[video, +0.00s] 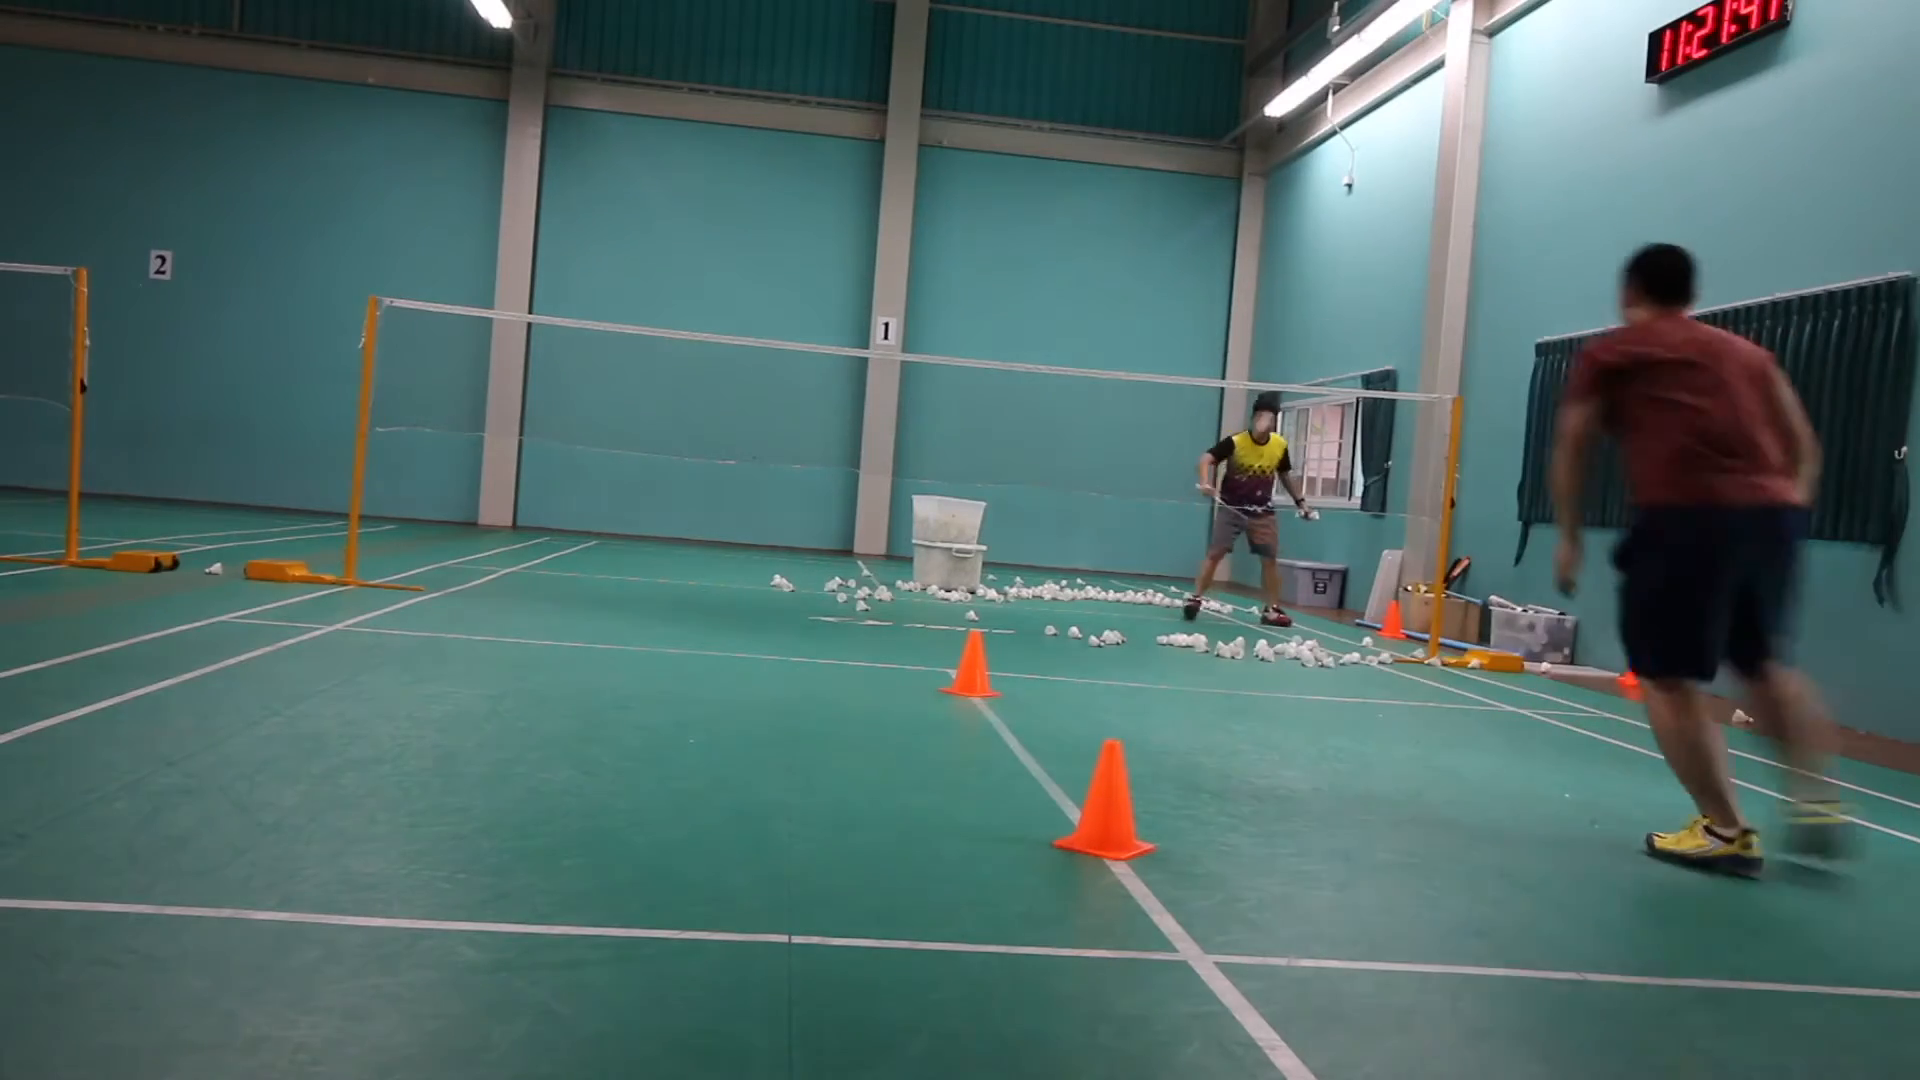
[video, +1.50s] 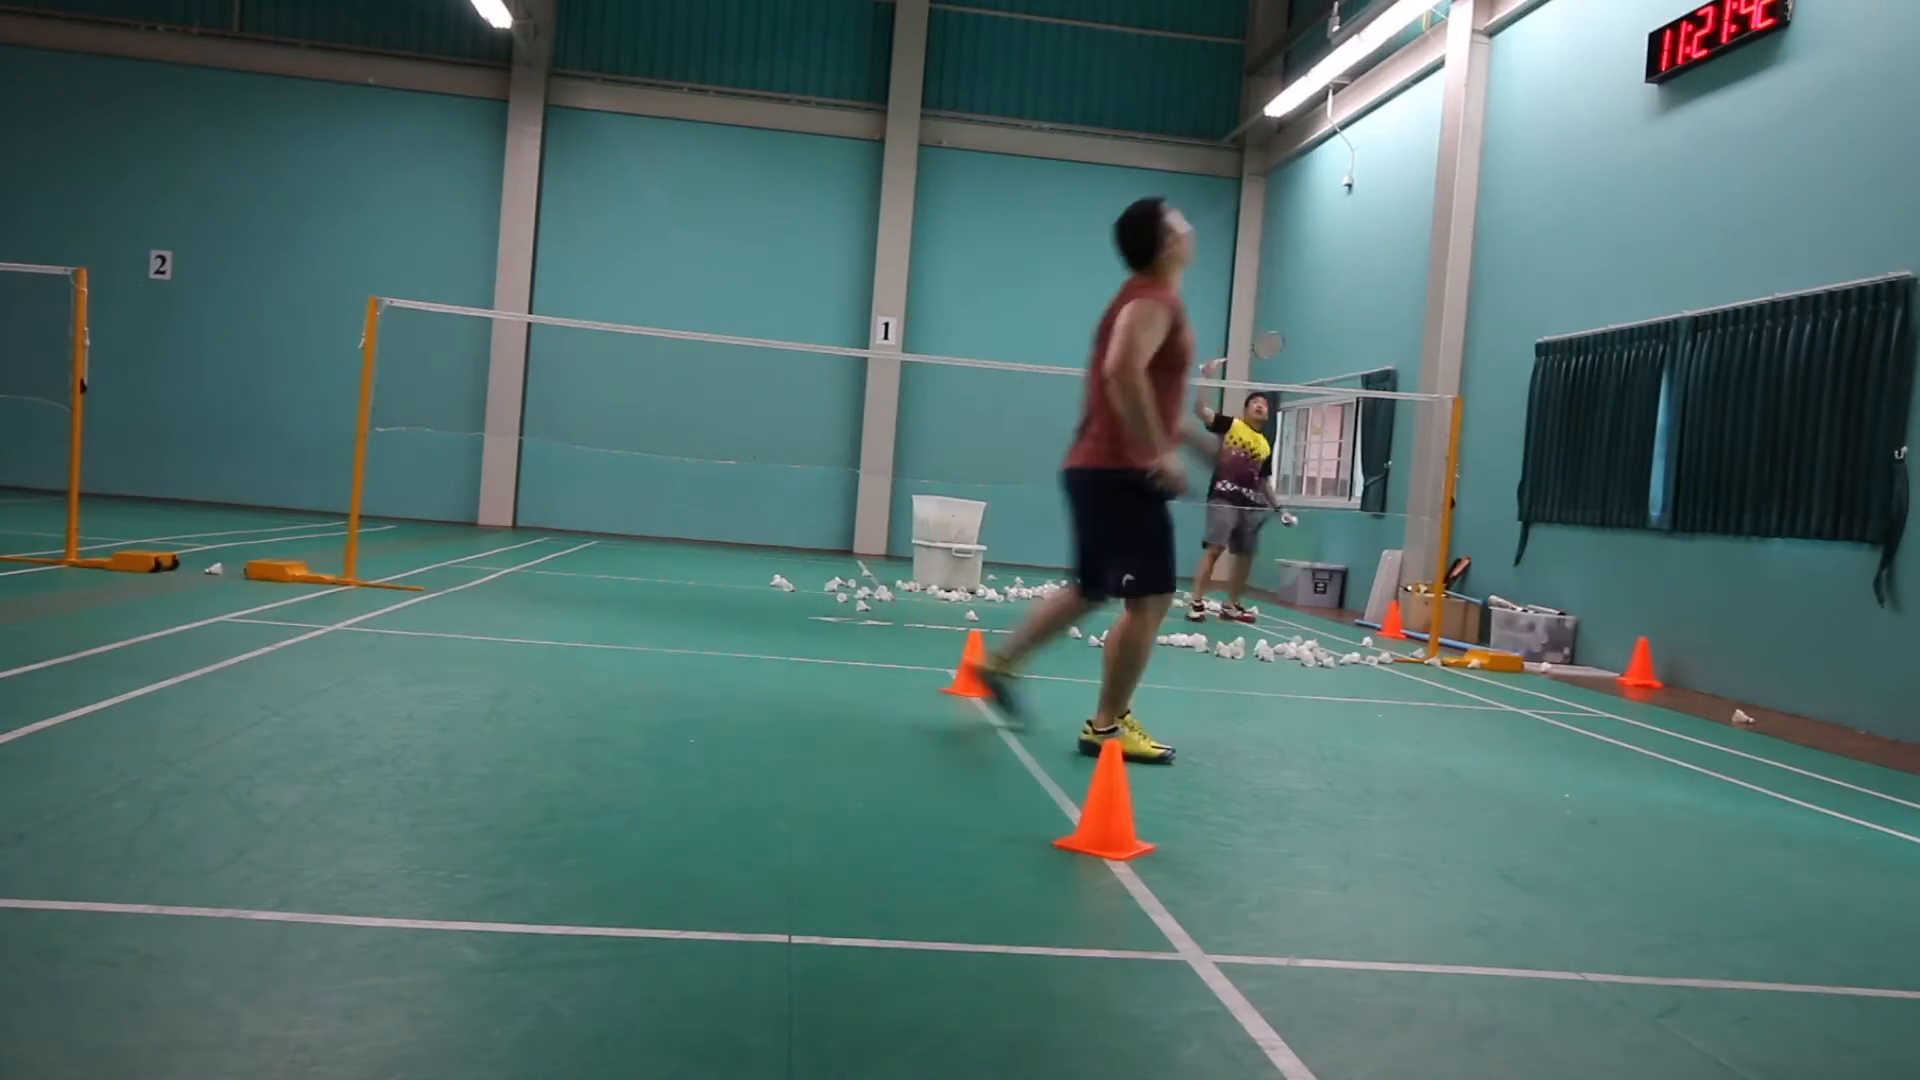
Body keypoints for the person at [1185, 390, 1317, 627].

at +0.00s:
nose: (1264, 420)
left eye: (1269, 416)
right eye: (1261, 415)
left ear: (1274, 420)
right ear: (1253, 417)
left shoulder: (1279, 446)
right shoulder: (1236, 442)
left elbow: (1286, 476)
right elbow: (1206, 459)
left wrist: (1300, 503)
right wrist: (1205, 483)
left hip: (1263, 513)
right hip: (1231, 509)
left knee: (1270, 559)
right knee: (1216, 554)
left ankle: (1272, 608)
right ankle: (1196, 598)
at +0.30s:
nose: (1228, 426)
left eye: (1233, 421)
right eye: (1225, 420)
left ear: (1240, 425)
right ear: (1217, 421)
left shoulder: (1245, 444)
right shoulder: (1205, 447)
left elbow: (1247, 470)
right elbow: (1185, 465)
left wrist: (1262, 494)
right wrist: (1176, 482)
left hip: (1232, 508)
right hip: (1203, 507)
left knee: (1241, 554)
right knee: (1198, 550)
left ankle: (1243, 603)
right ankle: (1189, 602)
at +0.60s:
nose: (1231, 417)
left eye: (1236, 413)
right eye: (1227, 412)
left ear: (1244, 417)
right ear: (1221, 416)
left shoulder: (1253, 442)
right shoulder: (1206, 445)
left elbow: (1258, 470)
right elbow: (1192, 478)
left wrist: (1271, 496)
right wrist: (1188, 507)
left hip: (1239, 511)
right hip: (1210, 509)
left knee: (1241, 557)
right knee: (1201, 553)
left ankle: (1234, 604)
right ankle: (1190, 601)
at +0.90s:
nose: (1242, 416)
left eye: (1246, 412)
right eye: (1238, 411)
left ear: (1252, 416)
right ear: (1230, 415)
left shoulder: (1260, 441)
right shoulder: (1215, 446)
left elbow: (1264, 472)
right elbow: (1202, 479)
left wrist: (1278, 497)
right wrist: (1203, 510)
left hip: (1246, 509)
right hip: (1220, 508)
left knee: (1246, 556)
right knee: (1215, 549)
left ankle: (1235, 604)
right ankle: (1197, 599)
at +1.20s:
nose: (1257, 410)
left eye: (1261, 407)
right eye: (1252, 405)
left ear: (1264, 414)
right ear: (1240, 410)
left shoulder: (1257, 444)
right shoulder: (1229, 428)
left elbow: (1248, 475)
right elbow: (1224, 408)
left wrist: (1261, 497)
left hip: (1241, 505)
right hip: (1219, 501)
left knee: (1241, 555)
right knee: (1222, 551)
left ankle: (1232, 603)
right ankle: (1208, 605)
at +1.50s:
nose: (1261, 406)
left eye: (1265, 405)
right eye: (1256, 403)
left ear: (1267, 414)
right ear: (1246, 409)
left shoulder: (1265, 444)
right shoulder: (1230, 424)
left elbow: (1264, 481)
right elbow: (1203, 410)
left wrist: (1280, 509)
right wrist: (1207, 378)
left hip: (1251, 503)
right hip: (1223, 496)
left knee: (1244, 556)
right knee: (1215, 548)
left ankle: (1232, 604)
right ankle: (1197, 600)